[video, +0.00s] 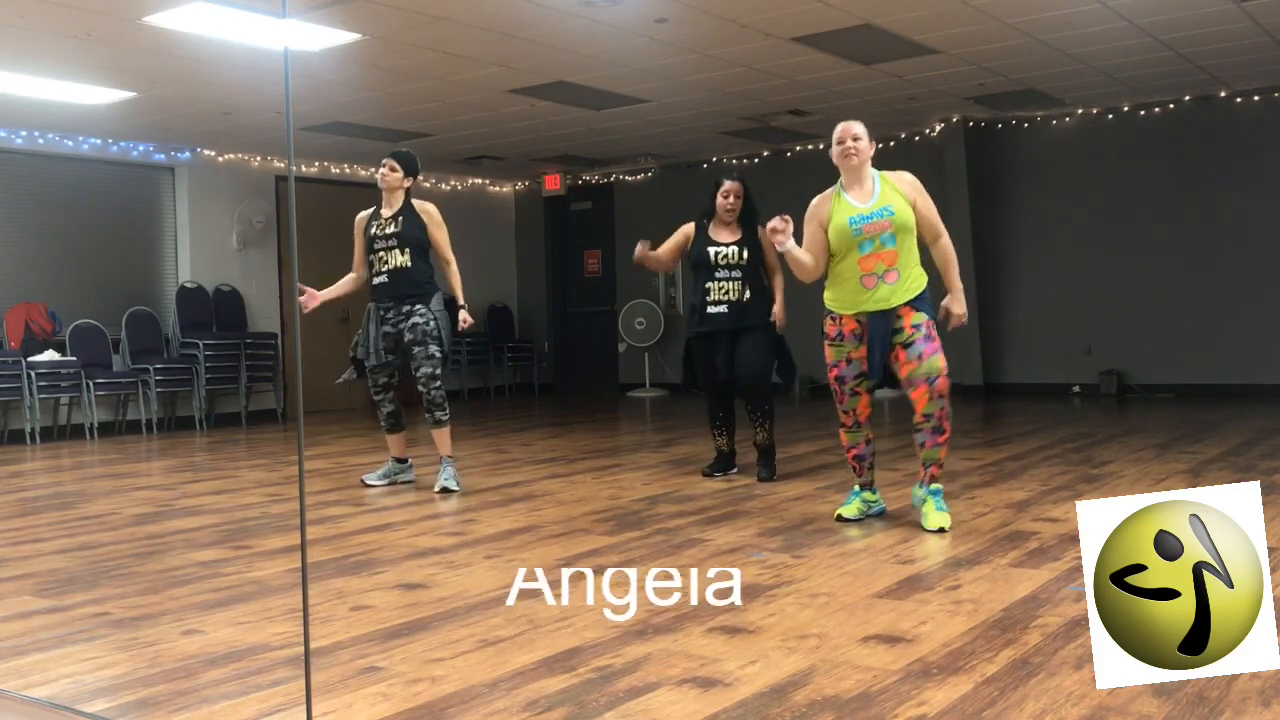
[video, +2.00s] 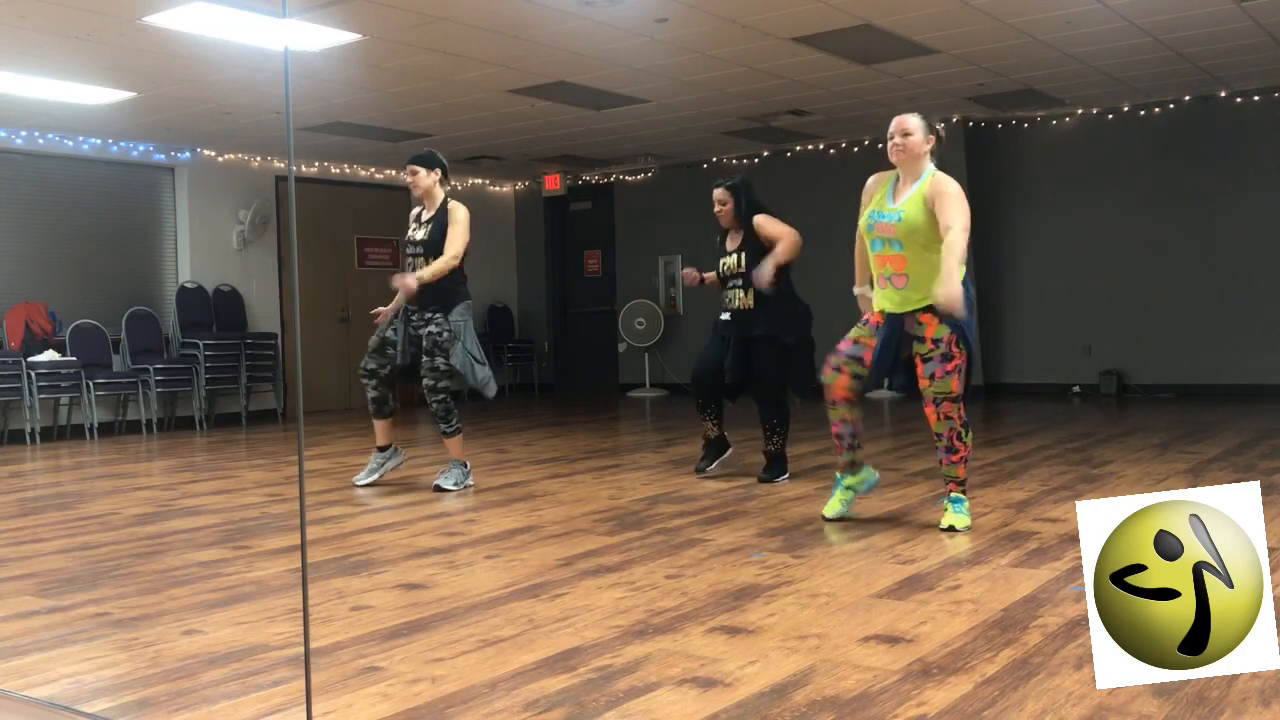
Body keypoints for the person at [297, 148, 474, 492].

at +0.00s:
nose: (382, 172)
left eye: (391, 169)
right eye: (382, 167)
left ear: (408, 180)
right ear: (379, 175)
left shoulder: (424, 212)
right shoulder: (365, 220)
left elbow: (448, 262)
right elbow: (358, 275)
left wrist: (460, 304)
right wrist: (321, 295)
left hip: (420, 311)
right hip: (380, 314)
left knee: (428, 382)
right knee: (381, 388)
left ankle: (447, 465)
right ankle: (400, 464)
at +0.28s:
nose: (389, 168)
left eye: (397, 164)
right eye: (388, 164)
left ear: (416, 171)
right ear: (386, 172)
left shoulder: (431, 212)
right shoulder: (374, 208)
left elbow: (442, 268)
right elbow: (362, 259)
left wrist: (419, 274)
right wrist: (353, 303)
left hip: (422, 311)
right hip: (385, 311)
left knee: (432, 385)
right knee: (393, 387)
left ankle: (456, 463)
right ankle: (400, 463)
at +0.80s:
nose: (390, 170)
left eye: (397, 165)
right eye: (389, 165)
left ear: (418, 171)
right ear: (389, 172)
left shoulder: (433, 204)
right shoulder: (391, 215)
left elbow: (456, 253)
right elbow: (398, 270)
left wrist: (452, 303)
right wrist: (363, 285)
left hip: (430, 311)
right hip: (394, 312)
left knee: (439, 386)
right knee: (394, 385)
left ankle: (456, 465)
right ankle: (400, 462)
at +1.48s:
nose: (408, 172)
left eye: (415, 167)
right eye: (407, 168)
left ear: (437, 171)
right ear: (408, 176)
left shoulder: (453, 209)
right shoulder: (410, 209)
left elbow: (459, 265)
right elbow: (405, 262)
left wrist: (430, 260)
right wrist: (385, 300)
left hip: (443, 311)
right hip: (408, 310)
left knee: (437, 384)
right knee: (375, 372)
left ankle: (460, 464)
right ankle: (389, 450)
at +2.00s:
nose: (407, 179)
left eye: (413, 173)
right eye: (406, 174)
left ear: (436, 174)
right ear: (412, 179)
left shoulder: (456, 211)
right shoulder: (416, 215)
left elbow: (452, 257)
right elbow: (415, 271)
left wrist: (417, 277)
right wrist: (394, 307)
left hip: (445, 314)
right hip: (412, 313)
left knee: (437, 385)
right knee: (374, 370)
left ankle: (459, 465)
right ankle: (386, 450)